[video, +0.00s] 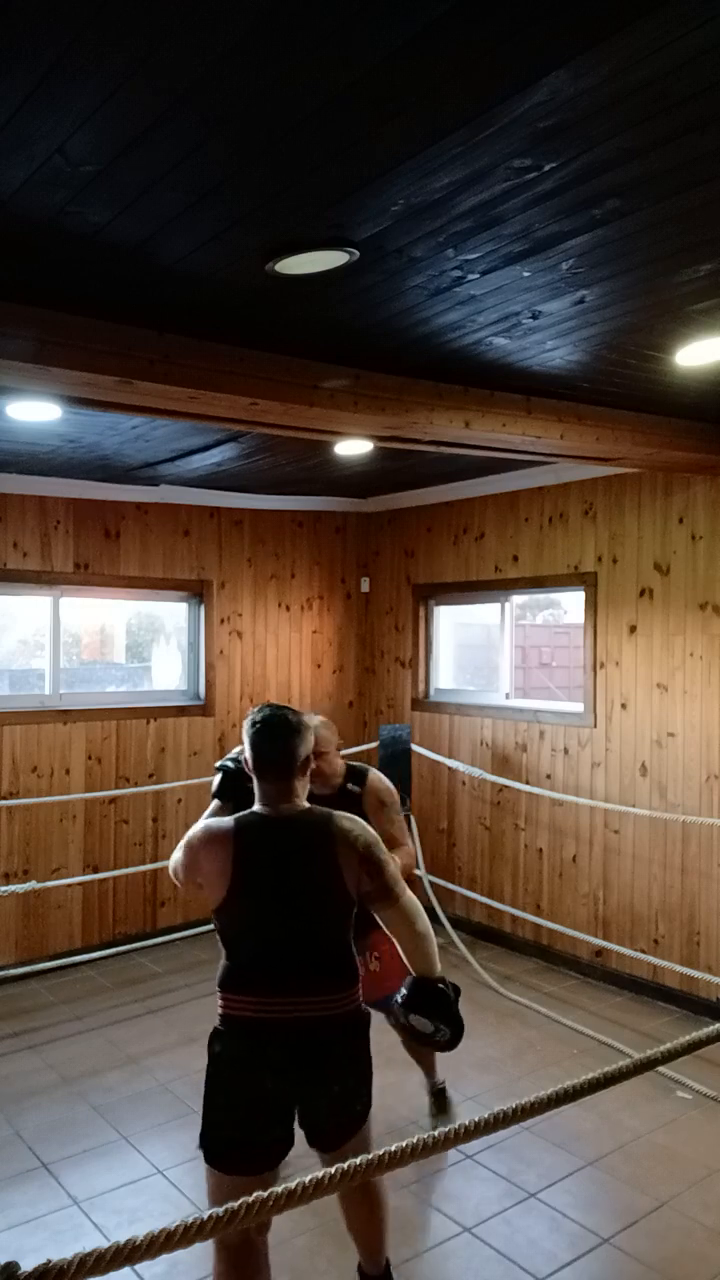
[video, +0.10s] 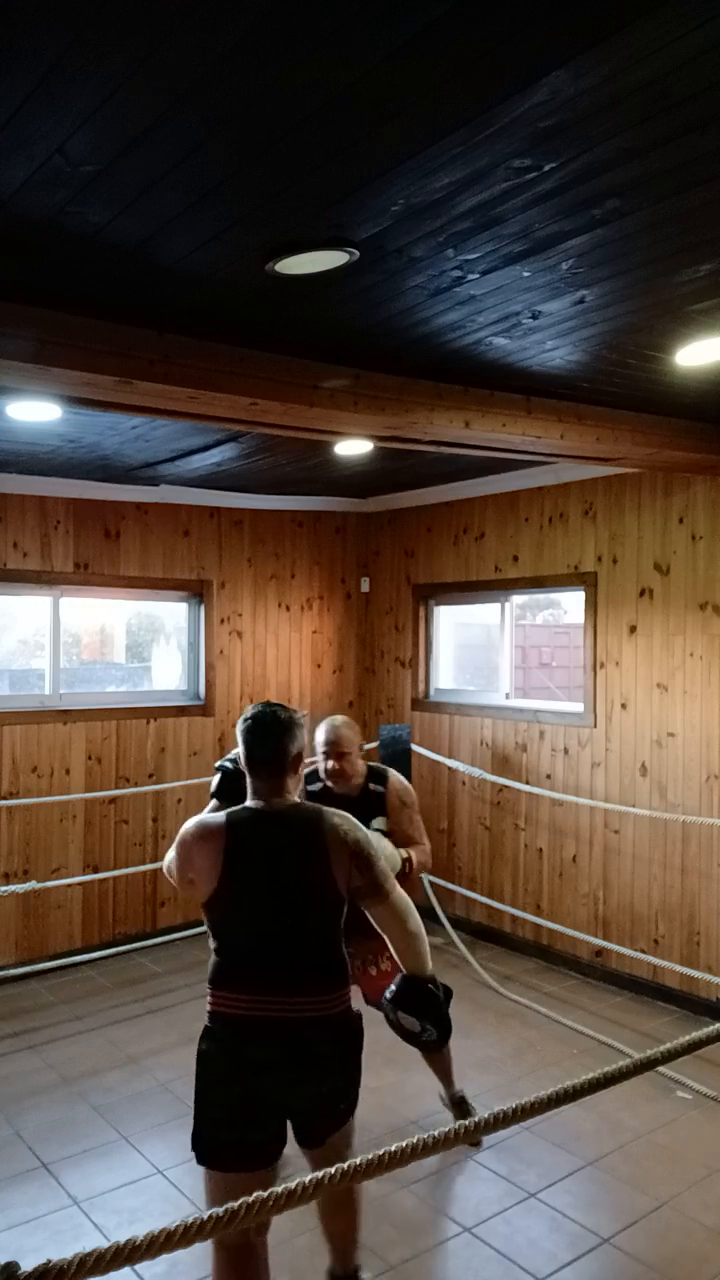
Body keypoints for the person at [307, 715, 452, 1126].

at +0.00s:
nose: (312, 763)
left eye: (321, 754)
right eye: (307, 755)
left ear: (341, 754)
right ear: (301, 758)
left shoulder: (372, 787)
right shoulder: (290, 792)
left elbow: (406, 853)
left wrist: (374, 866)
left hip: (374, 917)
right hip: (319, 918)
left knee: (400, 1011)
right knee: (318, 1014)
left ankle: (435, 1085)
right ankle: (332, 1109)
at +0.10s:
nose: (331, 765)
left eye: (341, 756)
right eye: (324, 756)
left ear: (362, 752)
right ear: (312, 754)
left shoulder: (393, 787)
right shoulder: (302, 786)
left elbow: (421, 851)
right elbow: (281, 841)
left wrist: (396, 856)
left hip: (381, 918)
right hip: (322, 916)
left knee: (417, 1004)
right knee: (313, 1011)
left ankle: (453, 1094)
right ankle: (316, 1114)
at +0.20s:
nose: (356, 769)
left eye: (366, 761)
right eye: (349, 760)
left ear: (387, 758)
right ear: (340, 758)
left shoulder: (414, 793)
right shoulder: (317, 792)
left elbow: (441, 860)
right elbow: (297, 852)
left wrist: (413, 857)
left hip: (399, 920)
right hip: (337, 919)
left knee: (427, 1008)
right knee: (319, 1020)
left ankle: (455, 1100)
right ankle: (300, 1124)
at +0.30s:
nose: (375, 771)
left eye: (384, 763)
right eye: (369, 762)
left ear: (404, 760)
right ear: (359, 757)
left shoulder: (428, 794)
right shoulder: (333, 792)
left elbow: (451, 863)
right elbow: (307, 854)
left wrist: (419, 852)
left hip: (410, 926)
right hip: (345, 927)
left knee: (436, 1014)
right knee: (308, 1025)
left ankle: (455, 1101)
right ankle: (276, 1135)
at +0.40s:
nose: (381, 766)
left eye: (390, 758)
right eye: (374, 756)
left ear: (410, 754)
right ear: (365, 751)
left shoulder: (435, 790)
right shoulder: (338, 785)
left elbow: (457, 858)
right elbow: (308, 844)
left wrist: (427, 846)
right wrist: (338, 847)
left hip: (410, 924)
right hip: (346, 922)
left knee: (433, 1012)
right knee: (310, 1018)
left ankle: (454, 1100)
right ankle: (284, 1120)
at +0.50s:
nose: (378, 766)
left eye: (388, 759)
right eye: (373, 757)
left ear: (408, 757)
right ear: (363, 753)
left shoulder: (432, 793)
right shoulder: (337, 785)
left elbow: (456, 857)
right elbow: (298, 840)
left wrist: (430, 850)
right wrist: (328, 847)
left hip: (407, 928)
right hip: (343, 925)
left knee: (433, 1017)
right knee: (308, 1023)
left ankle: (454, 1100)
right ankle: (272, 1129)